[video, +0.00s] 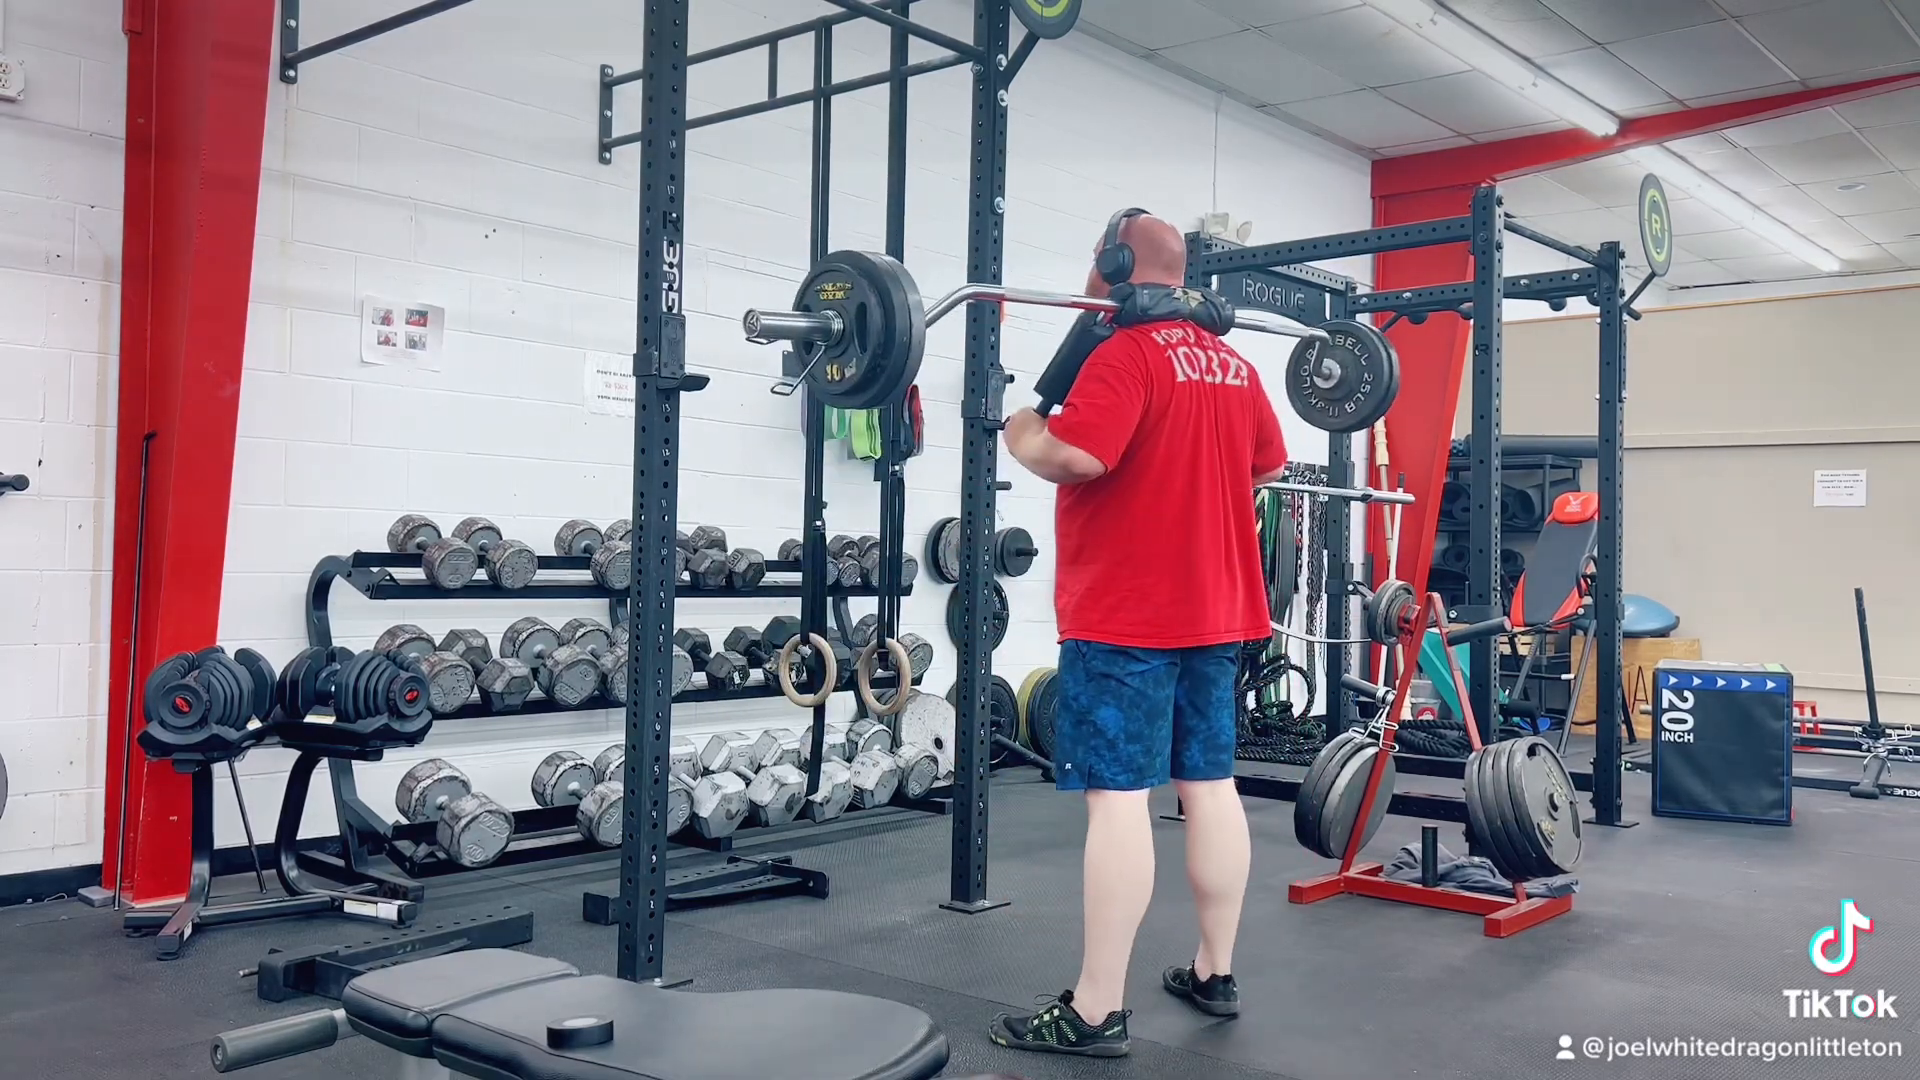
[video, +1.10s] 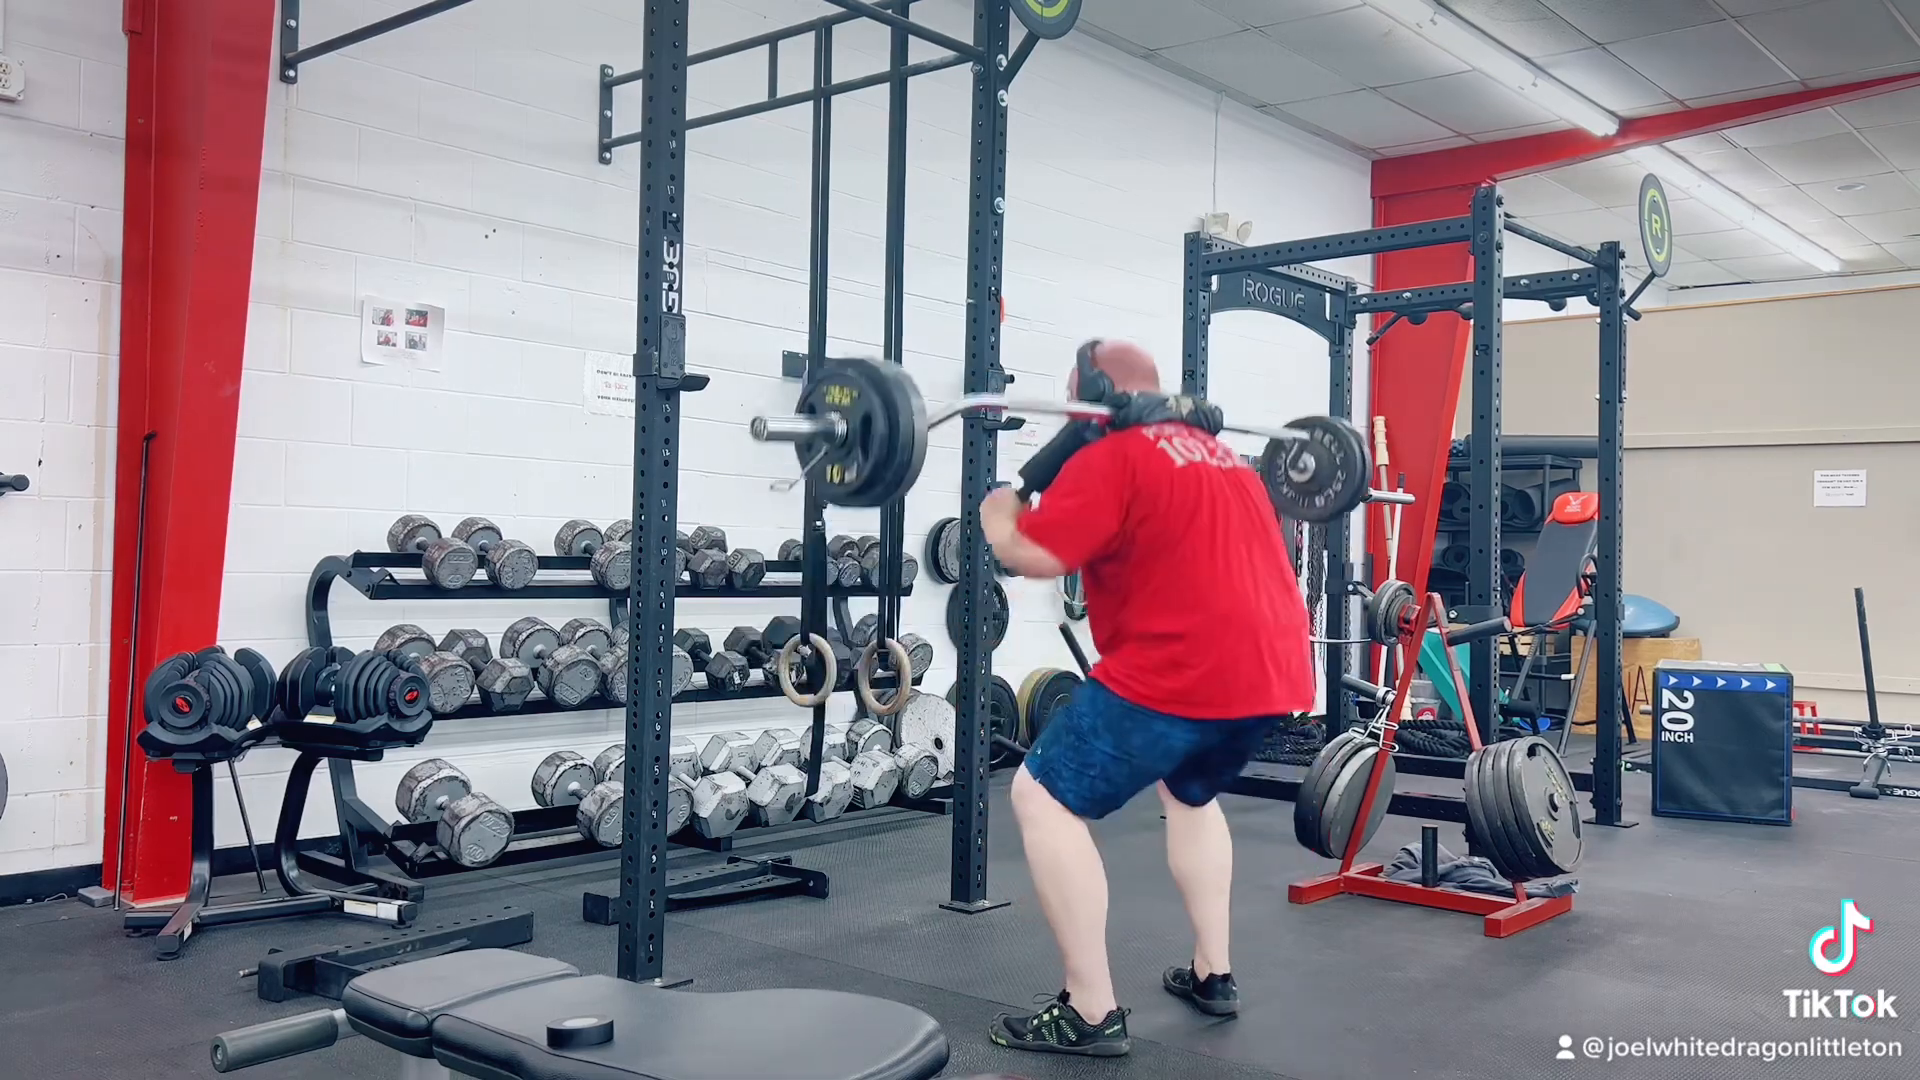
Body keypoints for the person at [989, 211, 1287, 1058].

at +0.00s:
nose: (1089, 288)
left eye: (1093, 277)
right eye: (1093, 275)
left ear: (1111, 282)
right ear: (1179, 280)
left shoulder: (1125, 350)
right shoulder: (1233, 359)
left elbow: (1081, 455)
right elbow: (1267, 463)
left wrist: (1024, 432)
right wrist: (1187, 469)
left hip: (1126, 608)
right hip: (1218, 605)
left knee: (1118, 797)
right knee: (1211, 784)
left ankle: (1095, 1009)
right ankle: (1216, 975)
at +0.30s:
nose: (1080, 349)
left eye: (1083, 338)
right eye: (1083, 337)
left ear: (1098, 347)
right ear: (1168, 344)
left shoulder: (1111, 422)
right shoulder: (1220, 421)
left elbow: (1018, 516)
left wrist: (992, 464)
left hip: (1139, 662)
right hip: (1238, 657)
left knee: (1037, 799)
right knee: (1177, 792)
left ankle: (1091, 1007)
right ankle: (1211, 971)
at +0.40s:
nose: (1067, 424)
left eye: (1071, 413)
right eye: (1070, 413)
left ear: (1086, 422)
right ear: (1157, 422)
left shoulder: (1103, 493)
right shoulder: (1210, 485)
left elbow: (1006, 585)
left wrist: (983, 530)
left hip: (1161, 718)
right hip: (1263, 717)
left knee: (1013, 806)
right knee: (1172, 803)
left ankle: (1089, 1008)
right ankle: (1211, 974)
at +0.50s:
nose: (1067, 509)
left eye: (1069, 499)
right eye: (1073, 499)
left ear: (1080, 504)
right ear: (1153, 500)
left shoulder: (1097, 572)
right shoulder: (1201, 557)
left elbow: (992, 659)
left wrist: (972, 592)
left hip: (1186, 785)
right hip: (1277, 783)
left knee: (999, 810)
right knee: (1158, 797)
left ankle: (1089, 1010)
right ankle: (1210, 973)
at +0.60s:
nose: (1063, 576)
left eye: (1064, 566)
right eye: (1066, 566)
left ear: (1075, 573)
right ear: (1149, 566)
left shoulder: (1095, 638)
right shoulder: (1199, 619)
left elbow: (987, 720)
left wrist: (972, 650)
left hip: (1203, 858)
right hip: (1282, 853)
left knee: (999, 811)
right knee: (1159, 782)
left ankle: (1088, 1010)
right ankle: (1209, 974)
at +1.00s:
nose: (1064, 477)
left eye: (1064, 468)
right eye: (1066, 468)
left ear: (1079, 470)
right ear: (1149, 462)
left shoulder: (1108, 530)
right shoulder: (1212, 517)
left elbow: (1013, 626)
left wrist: (980, 570)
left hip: (1194, 732)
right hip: (1291, 731)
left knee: (1024, 800)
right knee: (1194, 806)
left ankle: (1089, 1008)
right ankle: (1214, 974)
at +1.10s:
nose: (1070, 415)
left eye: (1071, 403)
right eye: (1071, 404)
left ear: (1090, 402)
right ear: (1160, 394)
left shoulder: (1116, 454)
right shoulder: (1224, 456)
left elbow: (1035, 557)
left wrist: (1000, 516)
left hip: (1179, 666)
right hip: (1275, 668)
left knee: (1042, 794)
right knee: (1189, 789)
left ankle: (1091, 1009)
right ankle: (1214, 974)